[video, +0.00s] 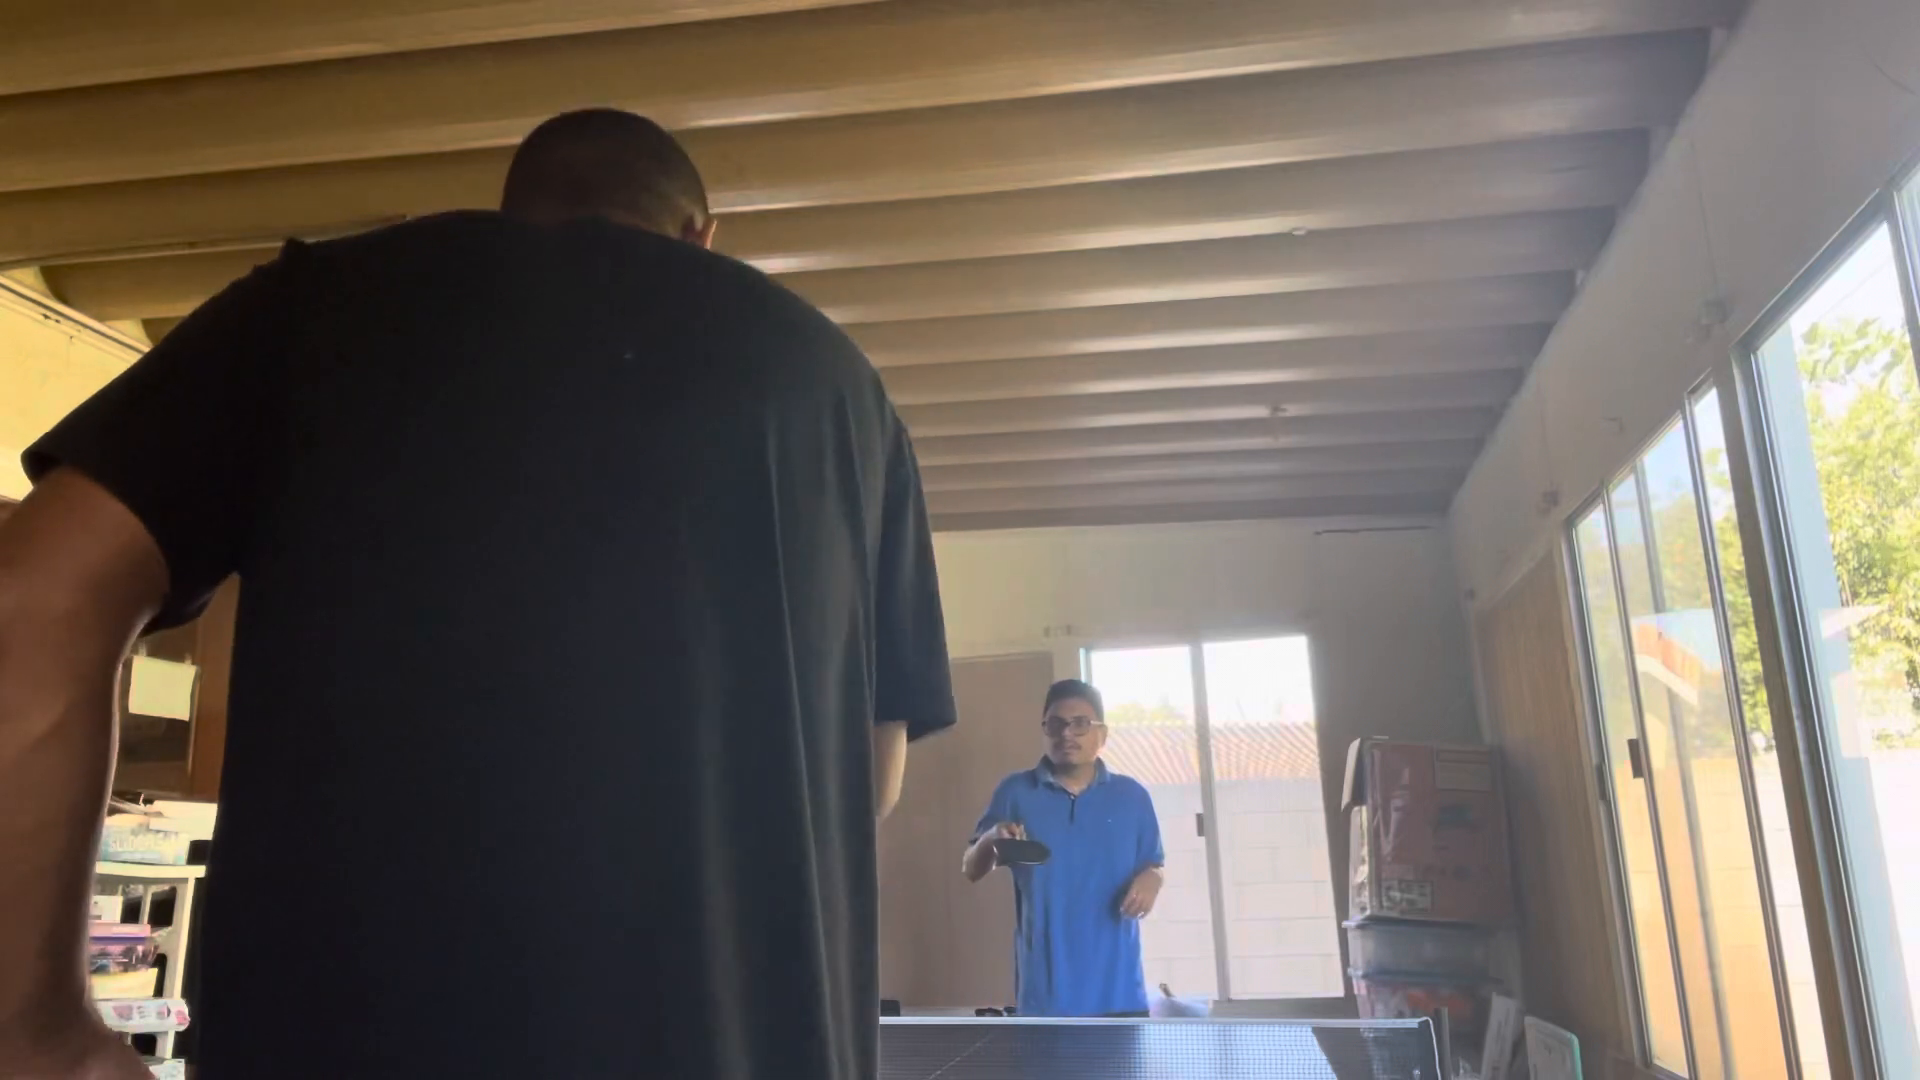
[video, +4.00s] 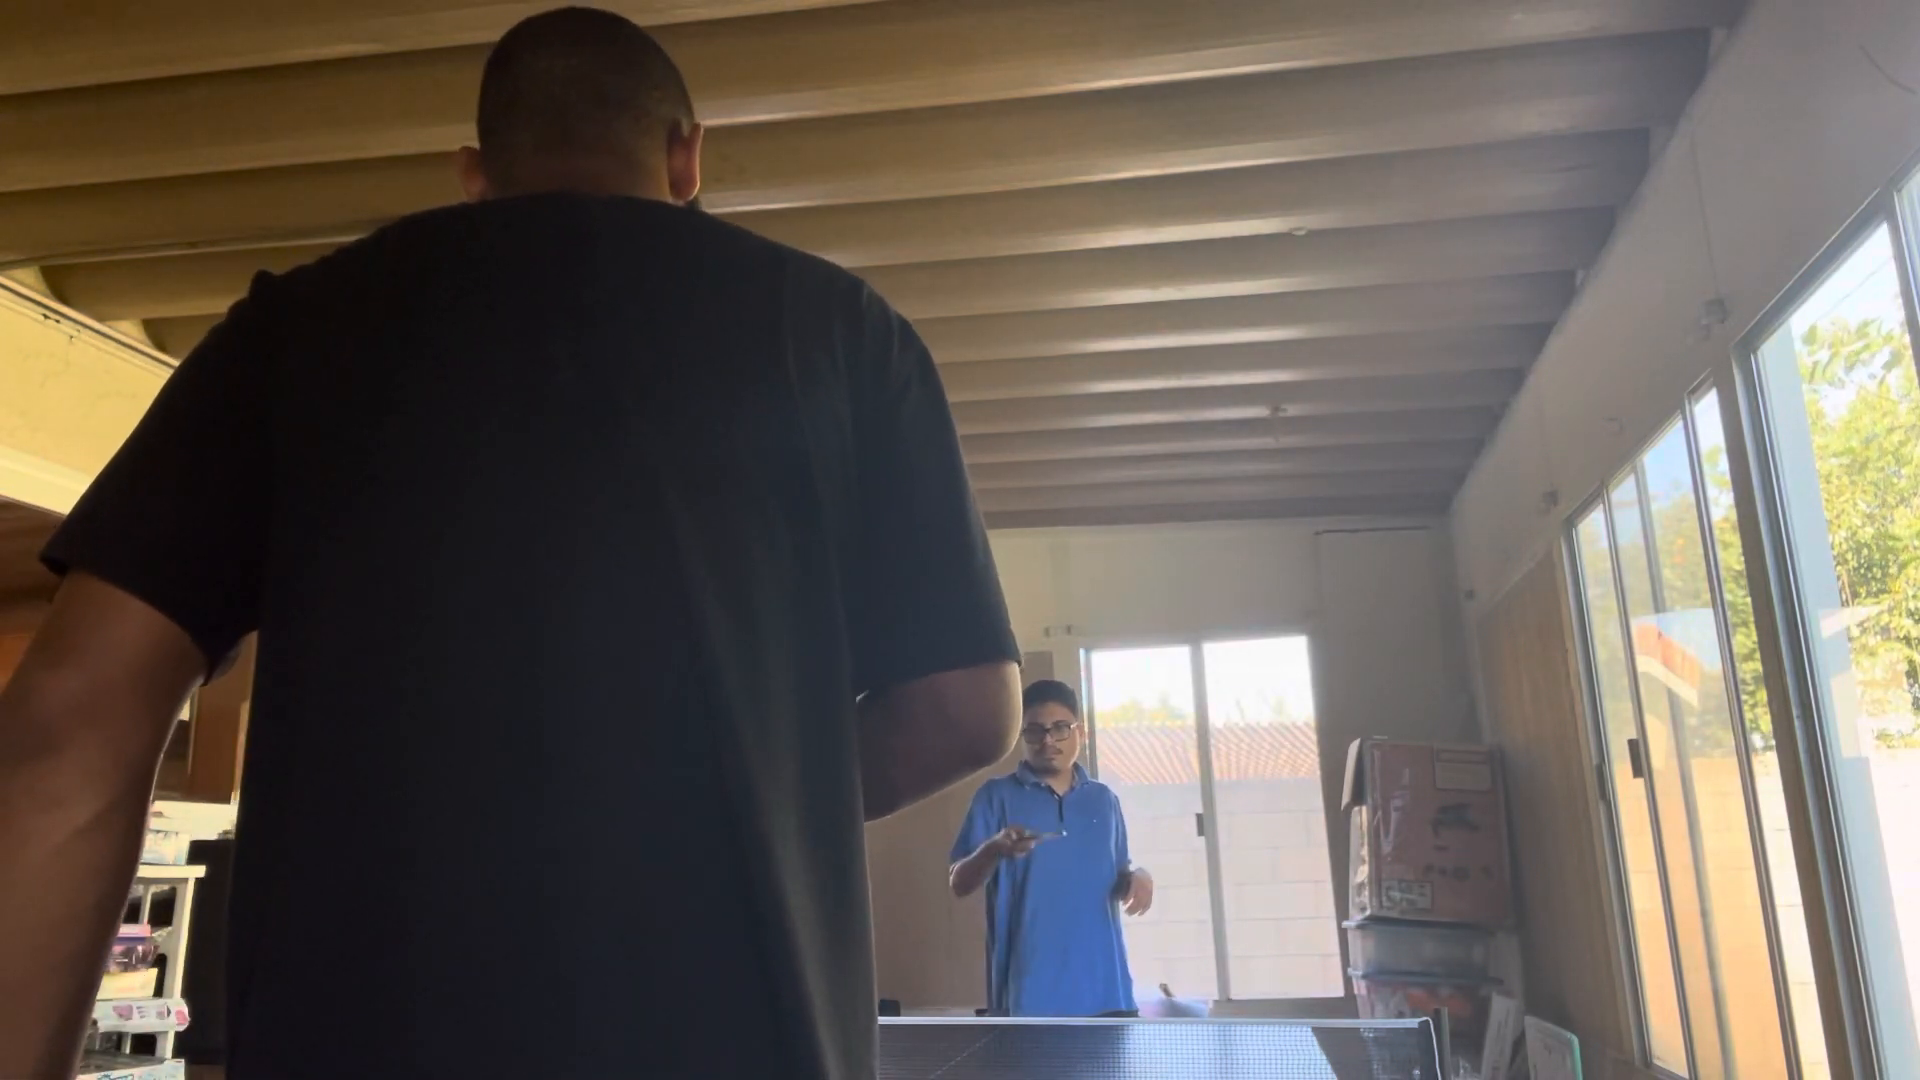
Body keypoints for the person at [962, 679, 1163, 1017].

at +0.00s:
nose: (1067, 733)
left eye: (1080, 723)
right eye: (1057, 723)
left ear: (1102, 734)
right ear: (1044, 731)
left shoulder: (1131, 796)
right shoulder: (1016, 792)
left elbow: (1153, 865)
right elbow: (972, 871)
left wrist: (1151, 878)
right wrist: (991, 841)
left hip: (1117, 987)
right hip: (1044, 989)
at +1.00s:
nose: (1049, 736)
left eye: (1062, 726)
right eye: (1039, 727)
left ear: (1088, 735)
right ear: (1028, 733)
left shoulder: (1120, 797)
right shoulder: (1001, 803)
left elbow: (1144, 863)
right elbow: (971, 864)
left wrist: (1142, 876)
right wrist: (944, 846)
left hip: (1112, 989)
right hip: (1040, 994)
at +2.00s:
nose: (1043, 742)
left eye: (1056, 731)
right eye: (1034, 732)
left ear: (1084, 736)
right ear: (1024, 736)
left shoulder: (1117, 795)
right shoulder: (1002, 803)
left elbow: (1144, 863)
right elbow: (966, 871)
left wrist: (1137, 878)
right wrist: (932, 852)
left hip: (1109, 988)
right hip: (1037, 992)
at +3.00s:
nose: (1038, 752)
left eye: (1051, 739)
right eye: (1026, 740)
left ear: (1075, 739)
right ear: (1013, 740)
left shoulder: (1105, 797)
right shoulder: (992, 801)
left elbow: (1127, 864)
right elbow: (964, 880)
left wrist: (1133, 879)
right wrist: (960, 906)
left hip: (1105, 990)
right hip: (1032, 996)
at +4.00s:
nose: (1048, 741)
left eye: (1060, 728)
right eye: (1035, 731)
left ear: (1080, 733)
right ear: (1022, 737)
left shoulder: (1103, 800)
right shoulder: (996, 797)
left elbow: (1116, 883)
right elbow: (959, 884)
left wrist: (1139, 878)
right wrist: (994, 849)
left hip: (1104, 992)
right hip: (1029, 996)